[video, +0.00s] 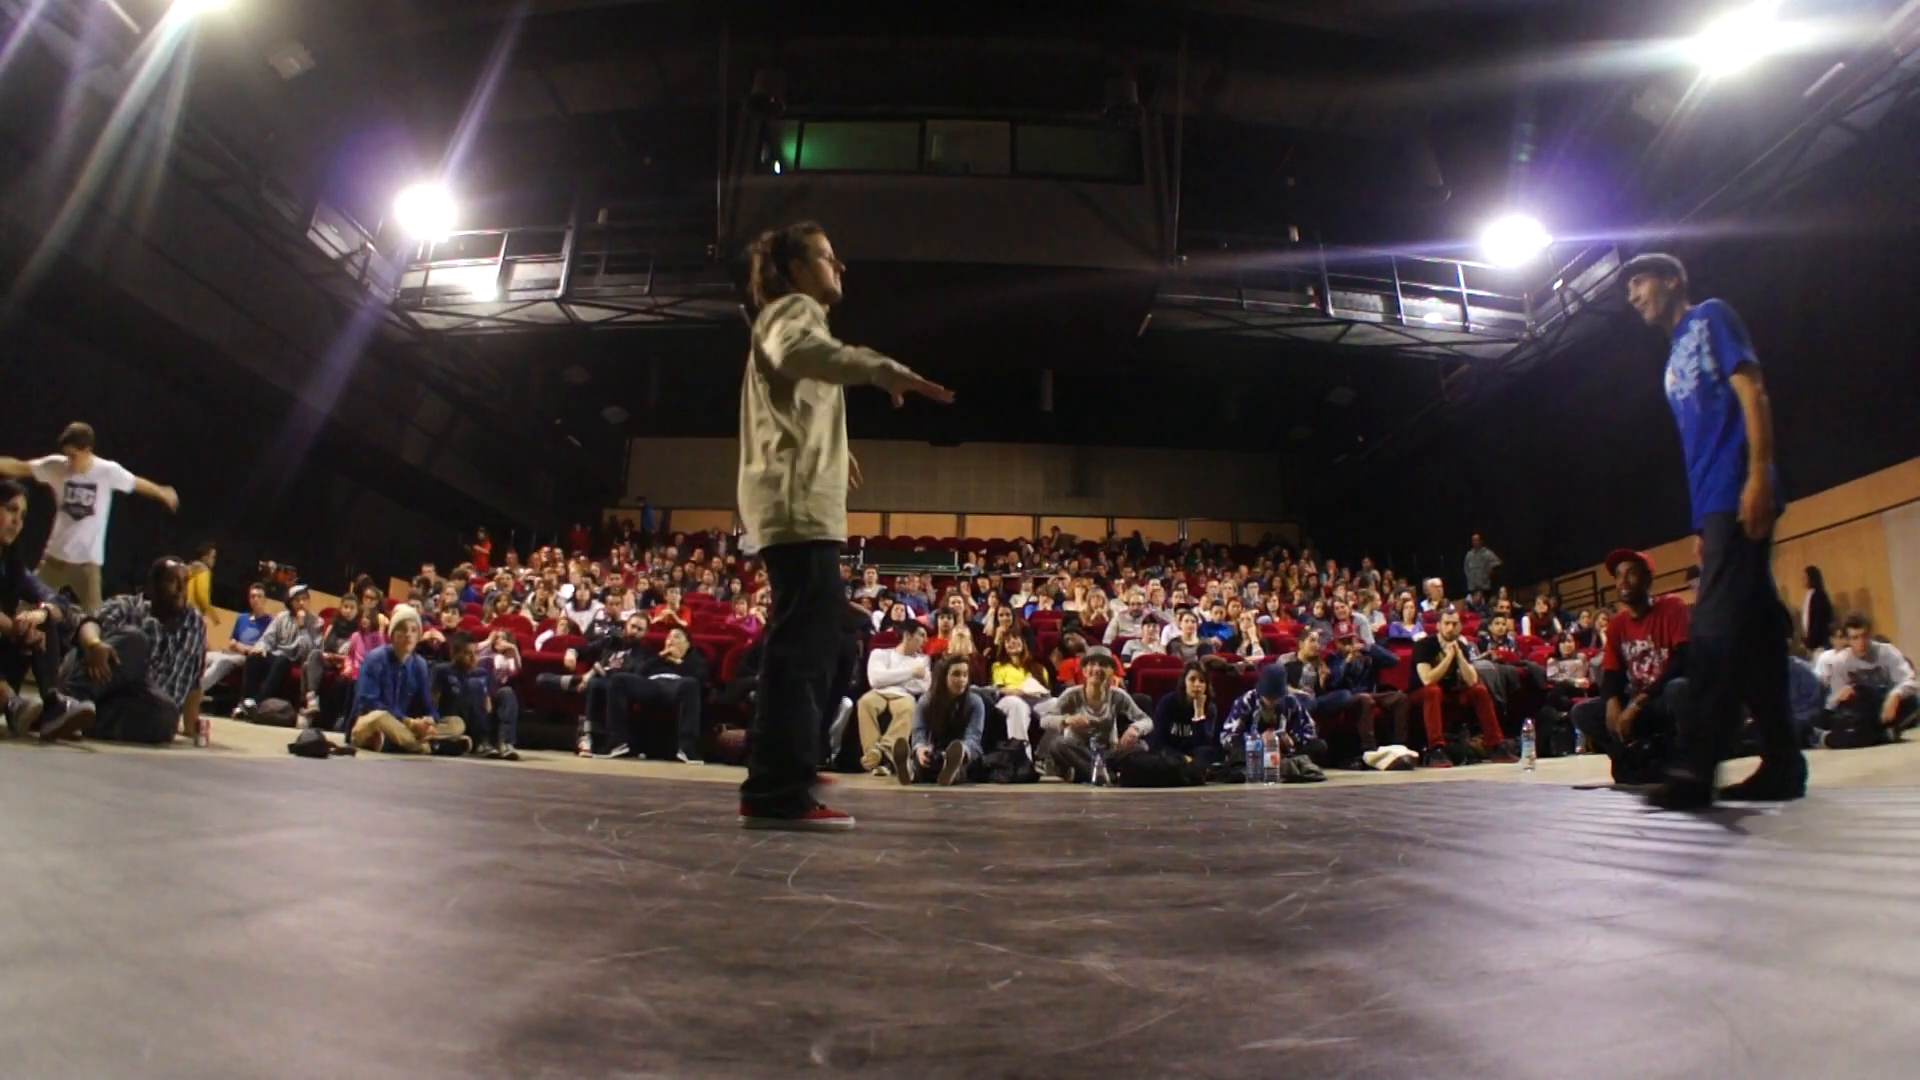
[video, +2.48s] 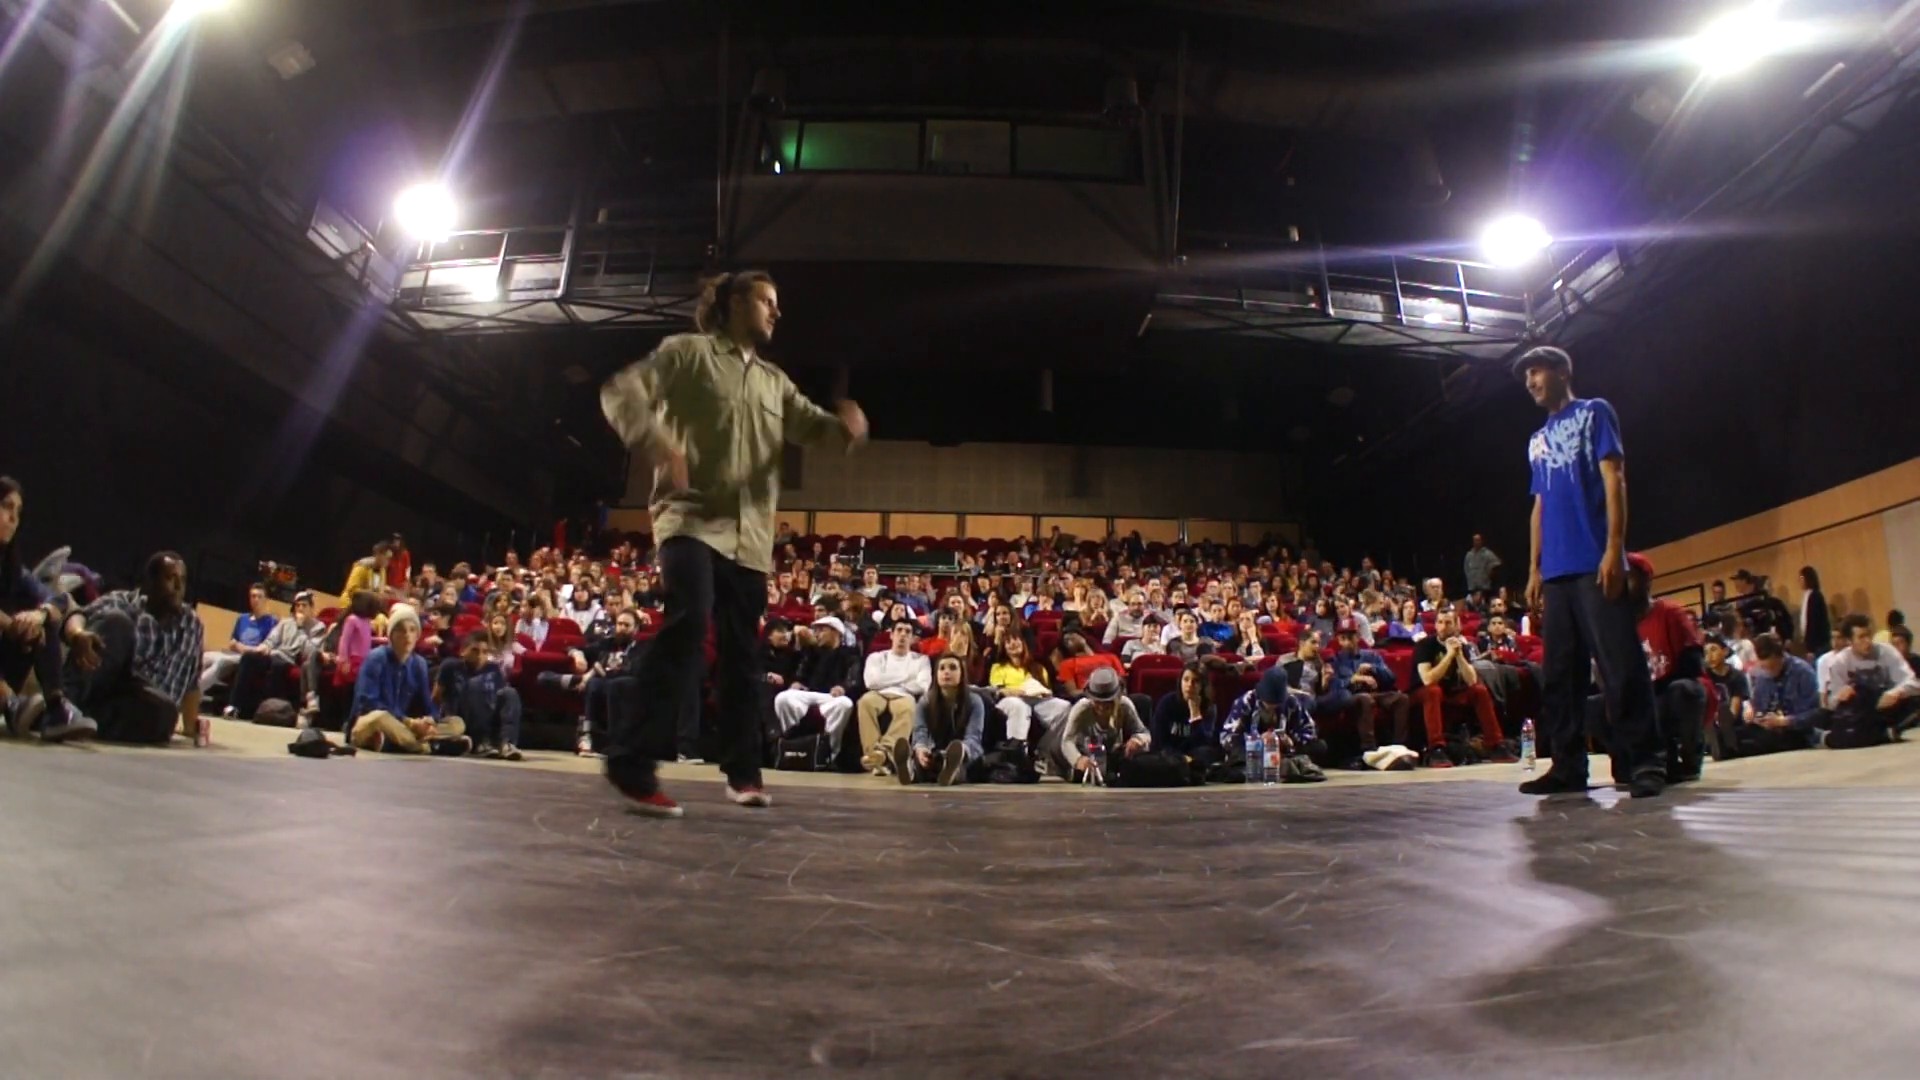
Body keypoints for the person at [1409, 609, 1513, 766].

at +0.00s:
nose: (1451, 628)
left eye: (1455, 624)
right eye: (1446, 624)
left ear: (1460, 627)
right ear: (1439, 626)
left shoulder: (1462, 646)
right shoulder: (1424, 645)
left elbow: (1472, 681)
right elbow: (1427, 678)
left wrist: (1459, 655)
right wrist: (1449, 656)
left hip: (1454, 692)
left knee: (1480, 691)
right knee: (1433, 691)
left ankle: (1497, 745)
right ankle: (1436, 748)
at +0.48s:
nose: (1451, 628)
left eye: (1455, 624)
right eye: (1446, 624)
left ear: (1460, 627)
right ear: (1438, 626)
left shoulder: (1462, 646)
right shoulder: (1424, 645)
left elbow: (1472, 681)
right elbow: (1427, 679)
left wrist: (1459, 654)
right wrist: (1449, 656)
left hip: (1454, 693)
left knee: (1480, 691)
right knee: (1433, 690)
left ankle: (1497, 745)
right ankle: (1436, 748)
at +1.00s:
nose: (1449, 627)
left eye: (1453, 623)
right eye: (1445, 623)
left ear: (1459, 627)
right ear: (1438, 626)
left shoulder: (1462, 646)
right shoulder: (1424, 645)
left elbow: (1471, 681)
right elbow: (1427, 678)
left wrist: (1459, 655)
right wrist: (1449, 657)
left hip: (1455, 692)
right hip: (1430, 693)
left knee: (1480, 691)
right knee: (1433, 691)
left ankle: (1497, 745)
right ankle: (1436, 748)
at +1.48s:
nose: (1444, 625)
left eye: (1448, 621)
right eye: (1441, 621)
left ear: (1456, 625)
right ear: (1436, 624)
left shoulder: (1462, 646)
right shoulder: (1424, 646)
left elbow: (1472, 681)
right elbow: (1427, 678)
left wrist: (1460, 654)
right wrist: (1451, 656)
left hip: (1454, 692)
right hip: (1428, 693)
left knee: (1480, 691)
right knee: (1433, 691)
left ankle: (1496, 745)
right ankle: (1437, 748)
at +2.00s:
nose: (1444, 627)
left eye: (1448, 623)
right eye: (1440, 623)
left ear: (1457, 626)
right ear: (1435, 625)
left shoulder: (1462, 646)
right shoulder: (1424, 646)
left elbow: (1471, 680)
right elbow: (1427, 679)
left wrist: (1458, 654)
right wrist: (1450, 654)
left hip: (1454, 691)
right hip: (1428, 692)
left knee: (1480, 691)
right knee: (1434, 691)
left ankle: (1496, 745)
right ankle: (1436, 748)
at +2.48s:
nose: (1443, 627)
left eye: (1448, 623)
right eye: (1440, 623)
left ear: (1457, 626)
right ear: (1435, 625)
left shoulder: (1463, 646)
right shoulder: (1424, 646)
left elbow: (1471, 681)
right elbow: (1427, 678)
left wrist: (1459, 655)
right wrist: (1450, 655)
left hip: (1454, 691)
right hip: (1429, 692)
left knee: (1480, 691)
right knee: (1434, 691)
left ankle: (1496, 745)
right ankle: (1436, 748)